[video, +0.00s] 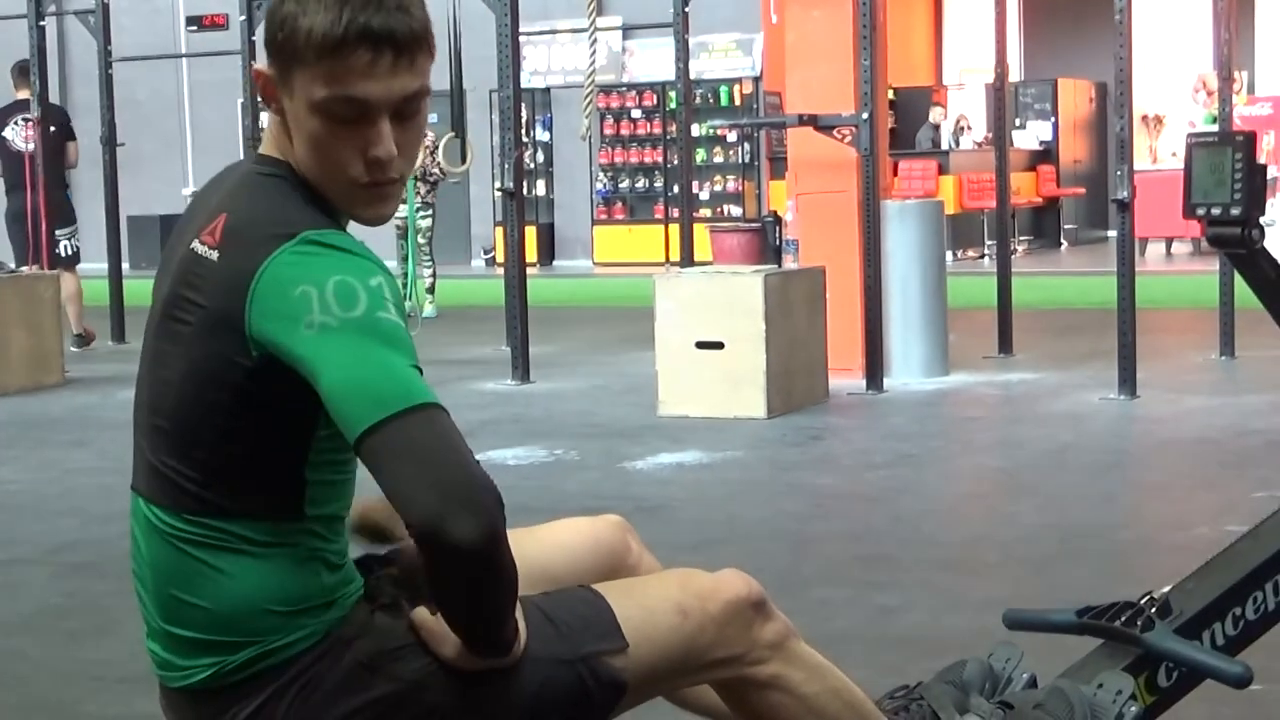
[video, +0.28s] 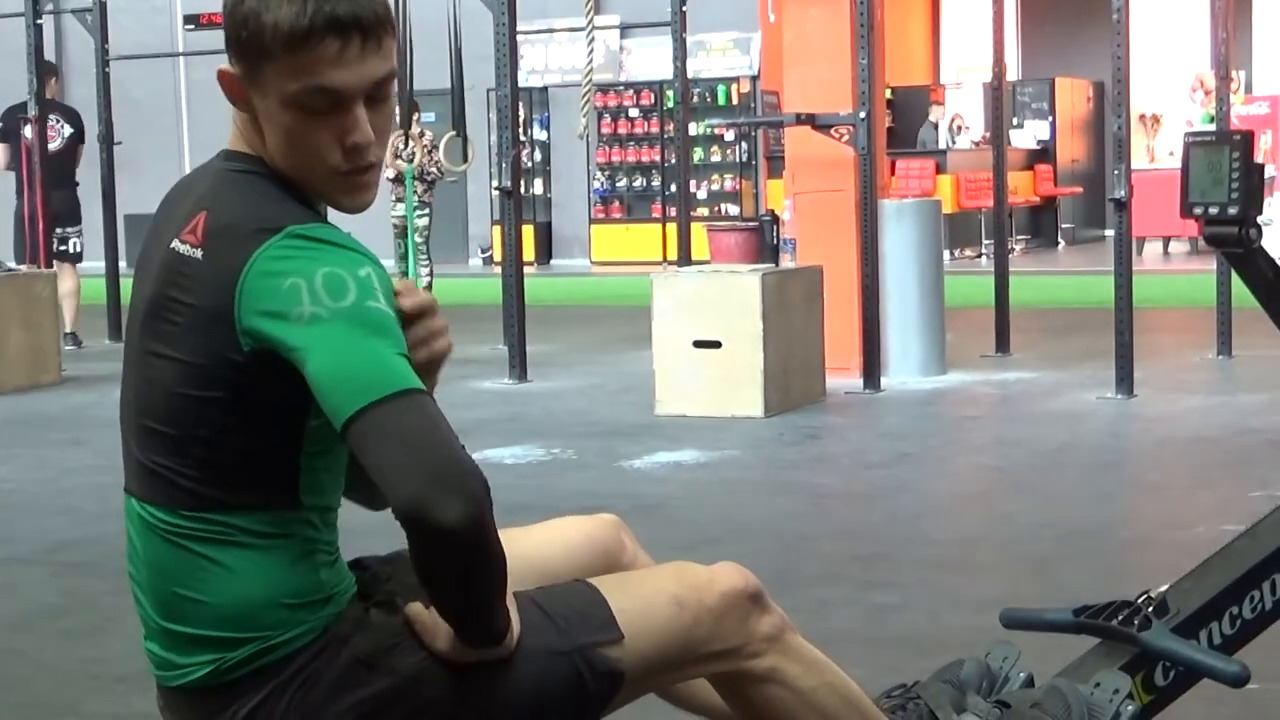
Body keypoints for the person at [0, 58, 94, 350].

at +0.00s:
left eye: (17, 81)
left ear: (13, 83)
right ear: (41, 80)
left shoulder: (2, 117)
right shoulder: (57, 113)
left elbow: (3, 166)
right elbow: (72, 159)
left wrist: (23, 164)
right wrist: (47, 161)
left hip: (17, 204)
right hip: (54, 200)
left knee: (29, 271)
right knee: (67, 269)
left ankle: (33, 339)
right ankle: (77, 332)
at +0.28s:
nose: (57, 85)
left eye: (55, 81)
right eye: (57, 81)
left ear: (30, 81)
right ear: (52, 81)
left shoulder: (12, 114)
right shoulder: (71, 115)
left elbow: (5, 162)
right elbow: (76, 160)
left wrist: (29, 165)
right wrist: (54, 166)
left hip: (28, 201)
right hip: (63, 201)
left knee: (29, 268)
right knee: (66, 266)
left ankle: (30, 334)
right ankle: (70, 332)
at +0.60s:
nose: (61, 84)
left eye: (59, 79)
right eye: (61, 79)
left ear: (33, 80)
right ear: (56, 80)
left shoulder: (16, 112)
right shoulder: (75, 113)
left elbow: (9, 160)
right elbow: (78, 157)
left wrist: (33, 158)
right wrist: (54, 158)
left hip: (29, 196)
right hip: (64, 196)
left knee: (20, 262)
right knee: (65, 263)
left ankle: (21, 331)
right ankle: (66, 328)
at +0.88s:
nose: (50, 90)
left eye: (46, 86)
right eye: (49, 86)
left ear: (23, 87)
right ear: (44, 86)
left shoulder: (6, 119)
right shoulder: (61, 118)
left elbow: (3, 166)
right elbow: (72, 163)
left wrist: (22, 171)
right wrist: (46, 164)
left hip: (19, 197)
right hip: (53, 197)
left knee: (20, 262)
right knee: (57, 259)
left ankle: (20, 327)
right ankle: (61, 323)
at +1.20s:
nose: (38, 89)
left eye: (35, 84)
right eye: (37, 84)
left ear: (11, 86)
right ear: (34, 86)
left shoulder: (1, 113)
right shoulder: (44, 116)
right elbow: (61, 160)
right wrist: (50, 175)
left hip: (6, 195)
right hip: (39, 194)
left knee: (13, 261)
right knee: (62, 253)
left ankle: (16, 322)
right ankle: (52, 309)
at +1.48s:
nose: (44, 95)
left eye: (41, 92)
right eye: (44, 92)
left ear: (19, 90)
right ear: (42, 91)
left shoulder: (5, 120)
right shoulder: (52, 122)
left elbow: (5, 159)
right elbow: (65, 166)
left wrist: (19, 162)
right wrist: (44, 163)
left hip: (11, 202)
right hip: (45, 200)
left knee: (16, 265)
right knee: (58, 263)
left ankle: (14, 324)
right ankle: (70, 319)